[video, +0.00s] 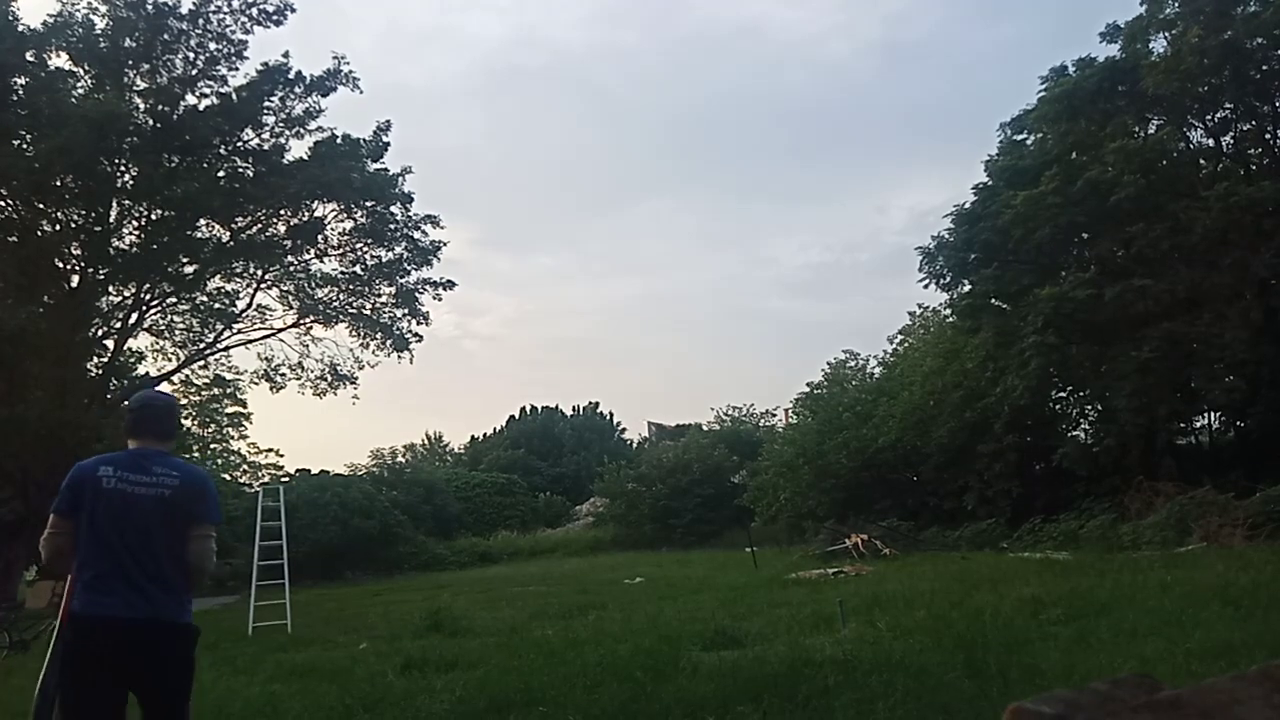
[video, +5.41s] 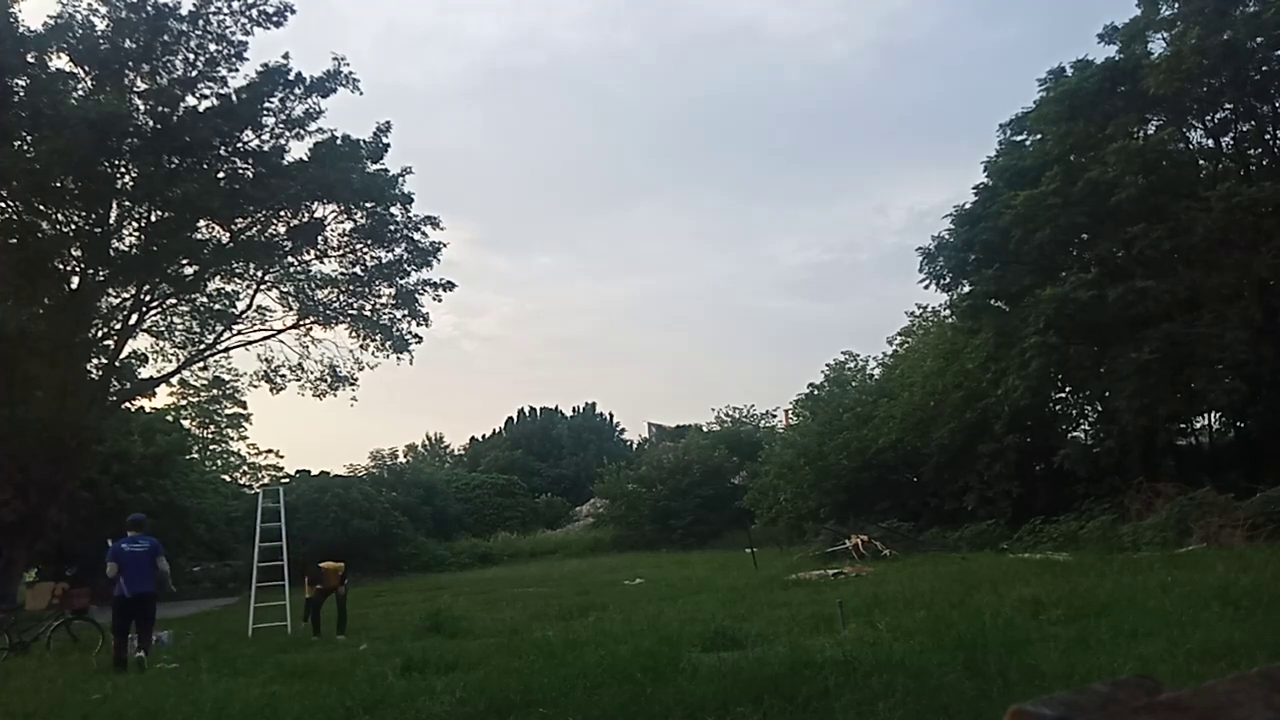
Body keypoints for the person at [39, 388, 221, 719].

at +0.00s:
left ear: (127, 426)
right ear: (175, 430)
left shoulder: (86, 472)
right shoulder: (196, 481)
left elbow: (52, 554)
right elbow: (202, 562)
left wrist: (101, 556)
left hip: (91, 633)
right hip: (166, 638)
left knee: (86, 712)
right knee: (168, 714)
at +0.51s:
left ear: (160, 445)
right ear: (203, 448)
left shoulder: (129, 484)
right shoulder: (222, 493)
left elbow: (100, 549)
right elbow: (220, 564)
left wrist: (135, 565)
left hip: (130, 619)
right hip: (187, 623)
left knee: (126, 708)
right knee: (176, 708)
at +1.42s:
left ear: (185, 473)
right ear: (215, 477)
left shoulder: (158, 504)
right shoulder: (227, 511)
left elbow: (138, 554)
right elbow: (236, 559)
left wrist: (162, 566)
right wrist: (226, 585)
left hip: (164, 610)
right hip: (207, 611)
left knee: (154, 688)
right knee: (204, 690)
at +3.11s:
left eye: (174, 504)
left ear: (170, 505)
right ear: (191, 504)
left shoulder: (158, 529)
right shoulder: (206, 528)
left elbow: (146, 565)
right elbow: (223, 560)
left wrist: (164, 558)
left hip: (167, 600)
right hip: (197, 599)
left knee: (164, 649)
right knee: (195, 648)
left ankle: (163, 693)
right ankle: (190, 693)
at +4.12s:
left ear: (160, 516)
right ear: (178, 517)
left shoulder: (147, 538)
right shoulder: (188, 538)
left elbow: (138, 570)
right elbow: (189, 566)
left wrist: (134, 596)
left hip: (152, 597)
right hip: (178, 597)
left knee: (147, 639)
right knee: (177, 640)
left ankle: (143, 677)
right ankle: (177, 680)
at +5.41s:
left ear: (128, 528)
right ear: (144, 528)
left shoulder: (117, 546)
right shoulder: (152, 543)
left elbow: (110, 572)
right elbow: (164, 567)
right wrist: (169, 585)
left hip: (124, 597)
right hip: (147, 595)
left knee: (120, 633)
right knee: (145, 628)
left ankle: (120, 668)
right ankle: (142, 651)